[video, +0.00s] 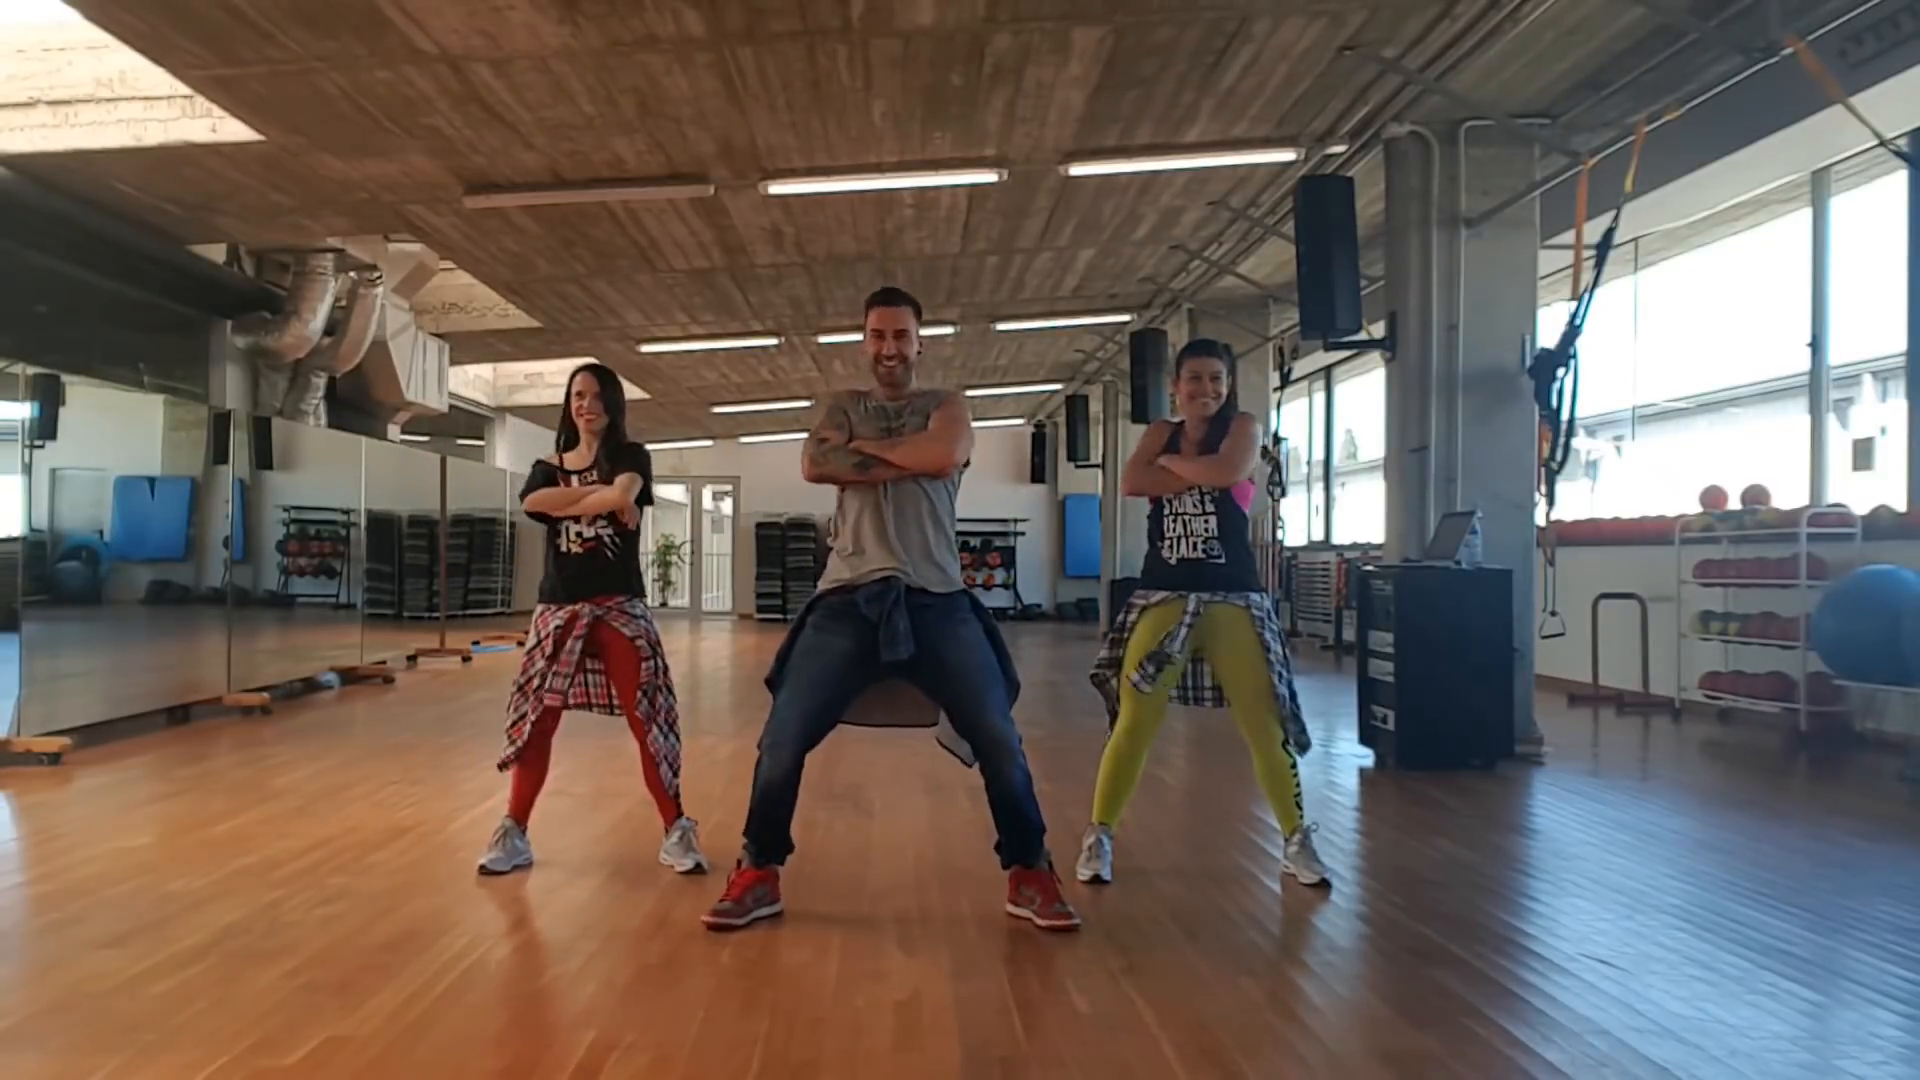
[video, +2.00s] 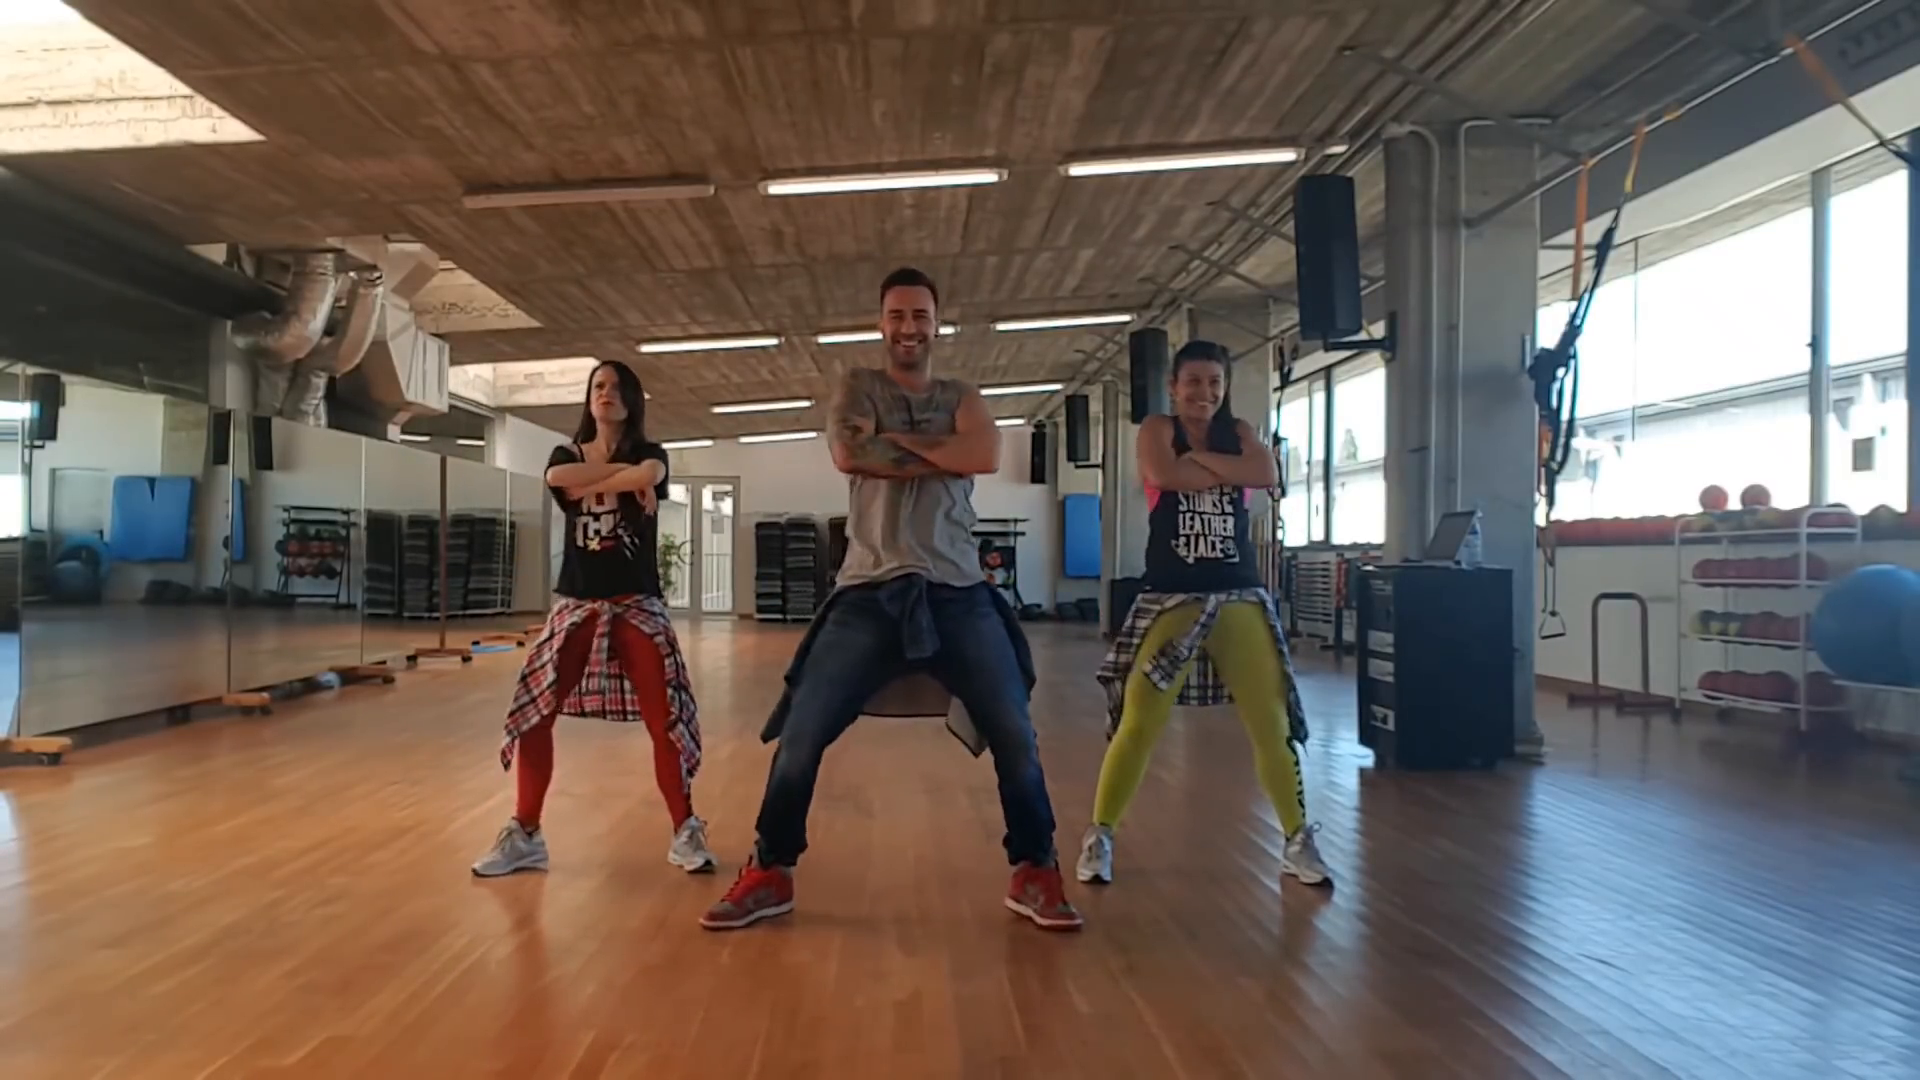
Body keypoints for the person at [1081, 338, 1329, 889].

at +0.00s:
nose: (1204, 388)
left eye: (1214, 379)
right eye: (1193, 378)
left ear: (1228, 386)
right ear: (1175, 385)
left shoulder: (1242, 426)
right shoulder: (1161, 432)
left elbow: (1227, 473)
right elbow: (1132, 481)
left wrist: (1164, 459)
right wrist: (1201, 469)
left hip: (1230, 595)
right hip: (1161, 594)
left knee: (1261, 722)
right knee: (1135, 721)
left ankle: (1297, 841)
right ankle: (1098, 838)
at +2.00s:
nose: (1201, 392)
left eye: (1212, 383)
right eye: (1192, 382)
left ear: (1224, 388)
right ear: (1173, 385)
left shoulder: (1240, 431)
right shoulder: (1156, 429)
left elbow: (1265, 474)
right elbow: (1161, 475)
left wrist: (1194, 455)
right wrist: (1232, 469)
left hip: (1238, 594)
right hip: (1169, 596)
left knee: (1270, 723)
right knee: (1138, 724)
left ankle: (1298, 841)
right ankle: (1099, 838)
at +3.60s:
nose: (1185, 385)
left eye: (1195, 377)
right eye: (1176, 376)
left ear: (1208, 385)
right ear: (1157, 383)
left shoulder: (1221, 426)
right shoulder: (1141, 436)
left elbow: (1221, 474)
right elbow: (1121, 492)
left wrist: (1153, 469)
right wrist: (1191, 476)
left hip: (1215, 593)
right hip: (1147, 592)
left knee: (1252, 720)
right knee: (1122, 717)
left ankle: (1294, 841)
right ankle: (1096, 836)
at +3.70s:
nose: (1193, 386)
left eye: (1202, 377)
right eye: (1183, 376)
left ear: (1215, 384)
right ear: (1163, 384)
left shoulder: (1230, 424)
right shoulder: (1147, 434)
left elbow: (1232, 471)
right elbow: (1131, 485)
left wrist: (1162, 462)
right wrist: (1201, 471)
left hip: (1222, 594)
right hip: (1153, 594)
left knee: (1259, 718)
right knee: (1128, 721)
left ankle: (1296, 841)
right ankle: (1097, 837)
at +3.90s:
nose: (1218, 386)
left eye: (1226, 376)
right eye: (1207, 377)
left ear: (1237, 383)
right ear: (1185, 384)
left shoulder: (1250, 430)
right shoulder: (1167, 430)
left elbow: (1279, 476)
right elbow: (1182, 480)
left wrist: (1208, 459)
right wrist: (1246, 474)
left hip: (1242, 594)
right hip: (1175, 594)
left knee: (1272, 719)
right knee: (1142, 718)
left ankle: (1297, 842)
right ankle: (1098, 837)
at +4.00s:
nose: (1227, 383)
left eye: (1234, 374)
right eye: (1215, 375)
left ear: (1245, 383)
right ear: (1191, 384)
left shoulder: (1253, 430)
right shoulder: (1177, 429)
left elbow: (1292, 480)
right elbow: (1202, 480)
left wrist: (1229, 462)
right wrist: (1260, 479)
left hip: (1250, 595)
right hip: (1183, 595)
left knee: (1274, 719)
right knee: (1147, 718)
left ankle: (1297, 842)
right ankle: (1099, 837)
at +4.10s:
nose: (1227, 384)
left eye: (1235, 375)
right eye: (1215, 375)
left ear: (1246, 385)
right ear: (1192, 384)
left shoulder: (1253, 433)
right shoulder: (1178, 428)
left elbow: (1292, 484)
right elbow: (1204, 480)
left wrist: (1232, 464)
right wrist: (1262, 481)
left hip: (1247, 599)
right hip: (1180, 598)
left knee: (1274, 723)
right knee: (1147, 719)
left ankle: (1297, 842)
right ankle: (1099, 837)